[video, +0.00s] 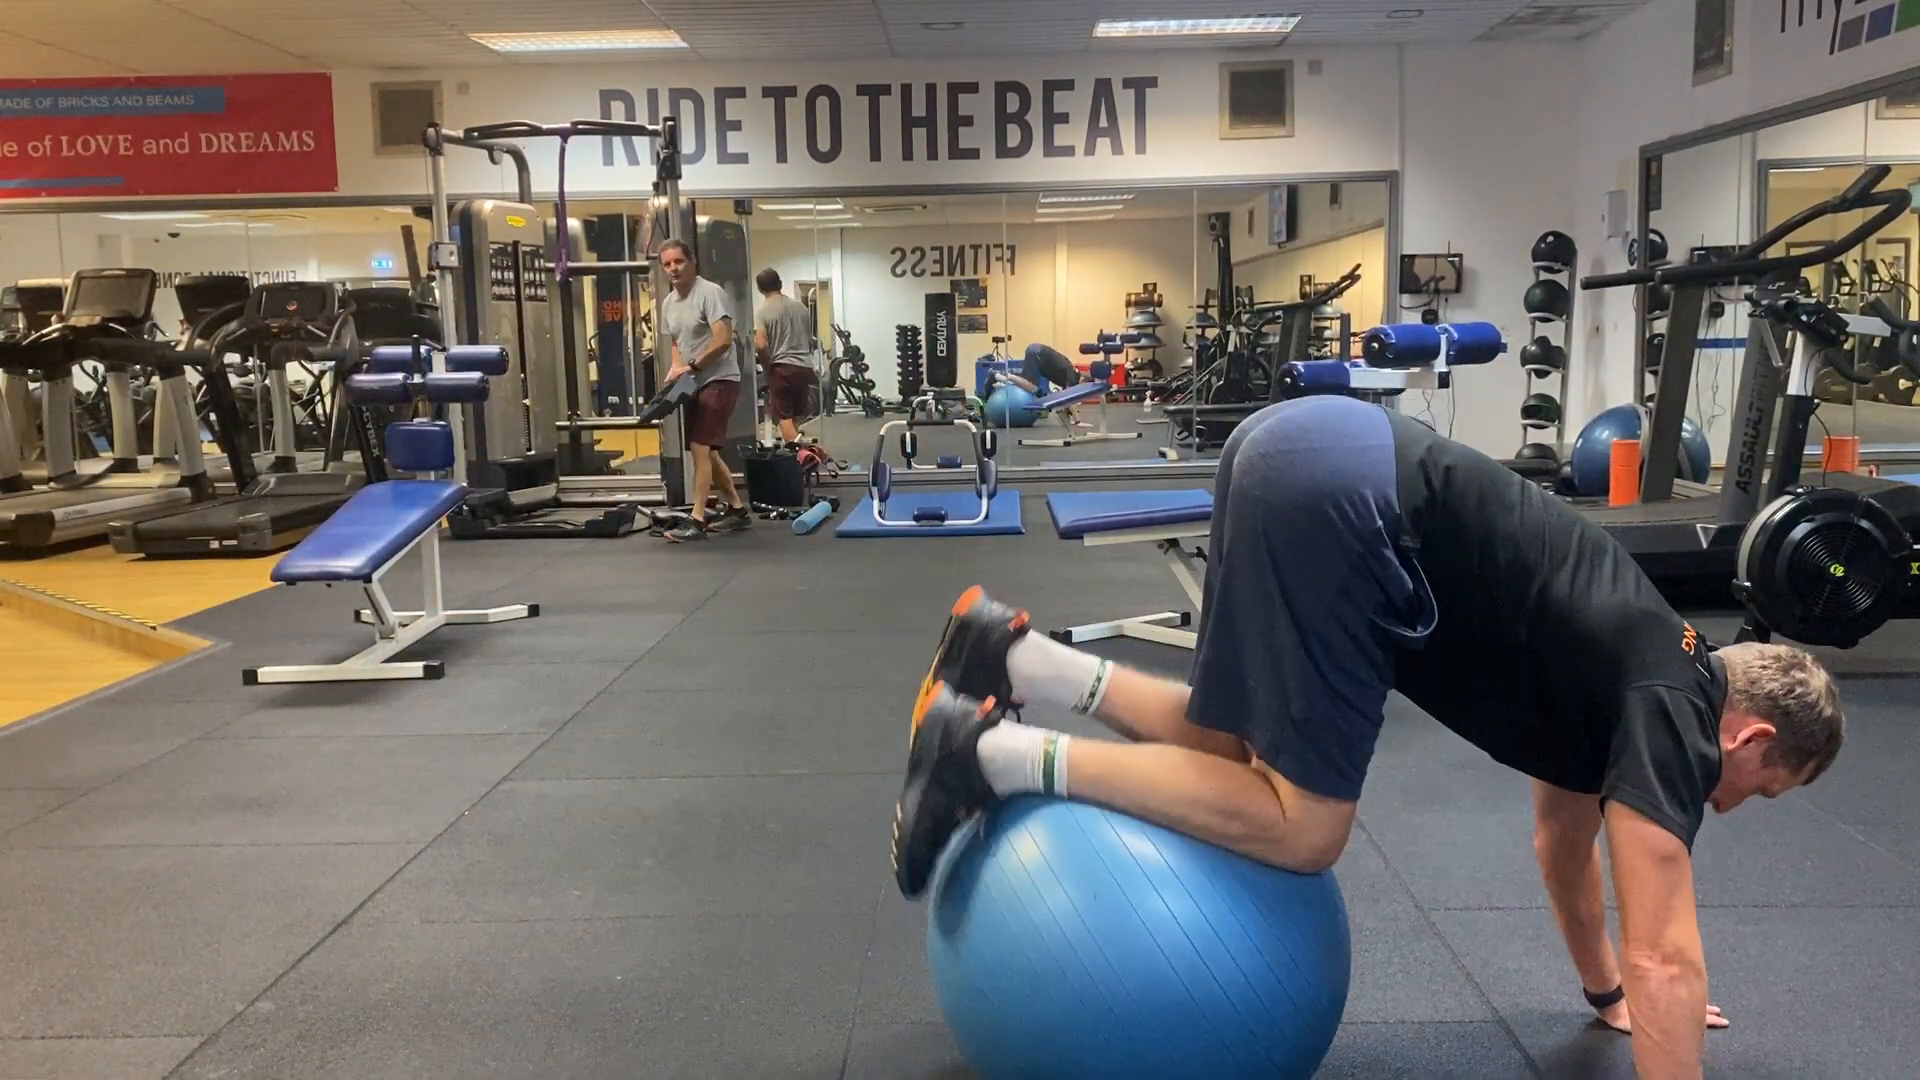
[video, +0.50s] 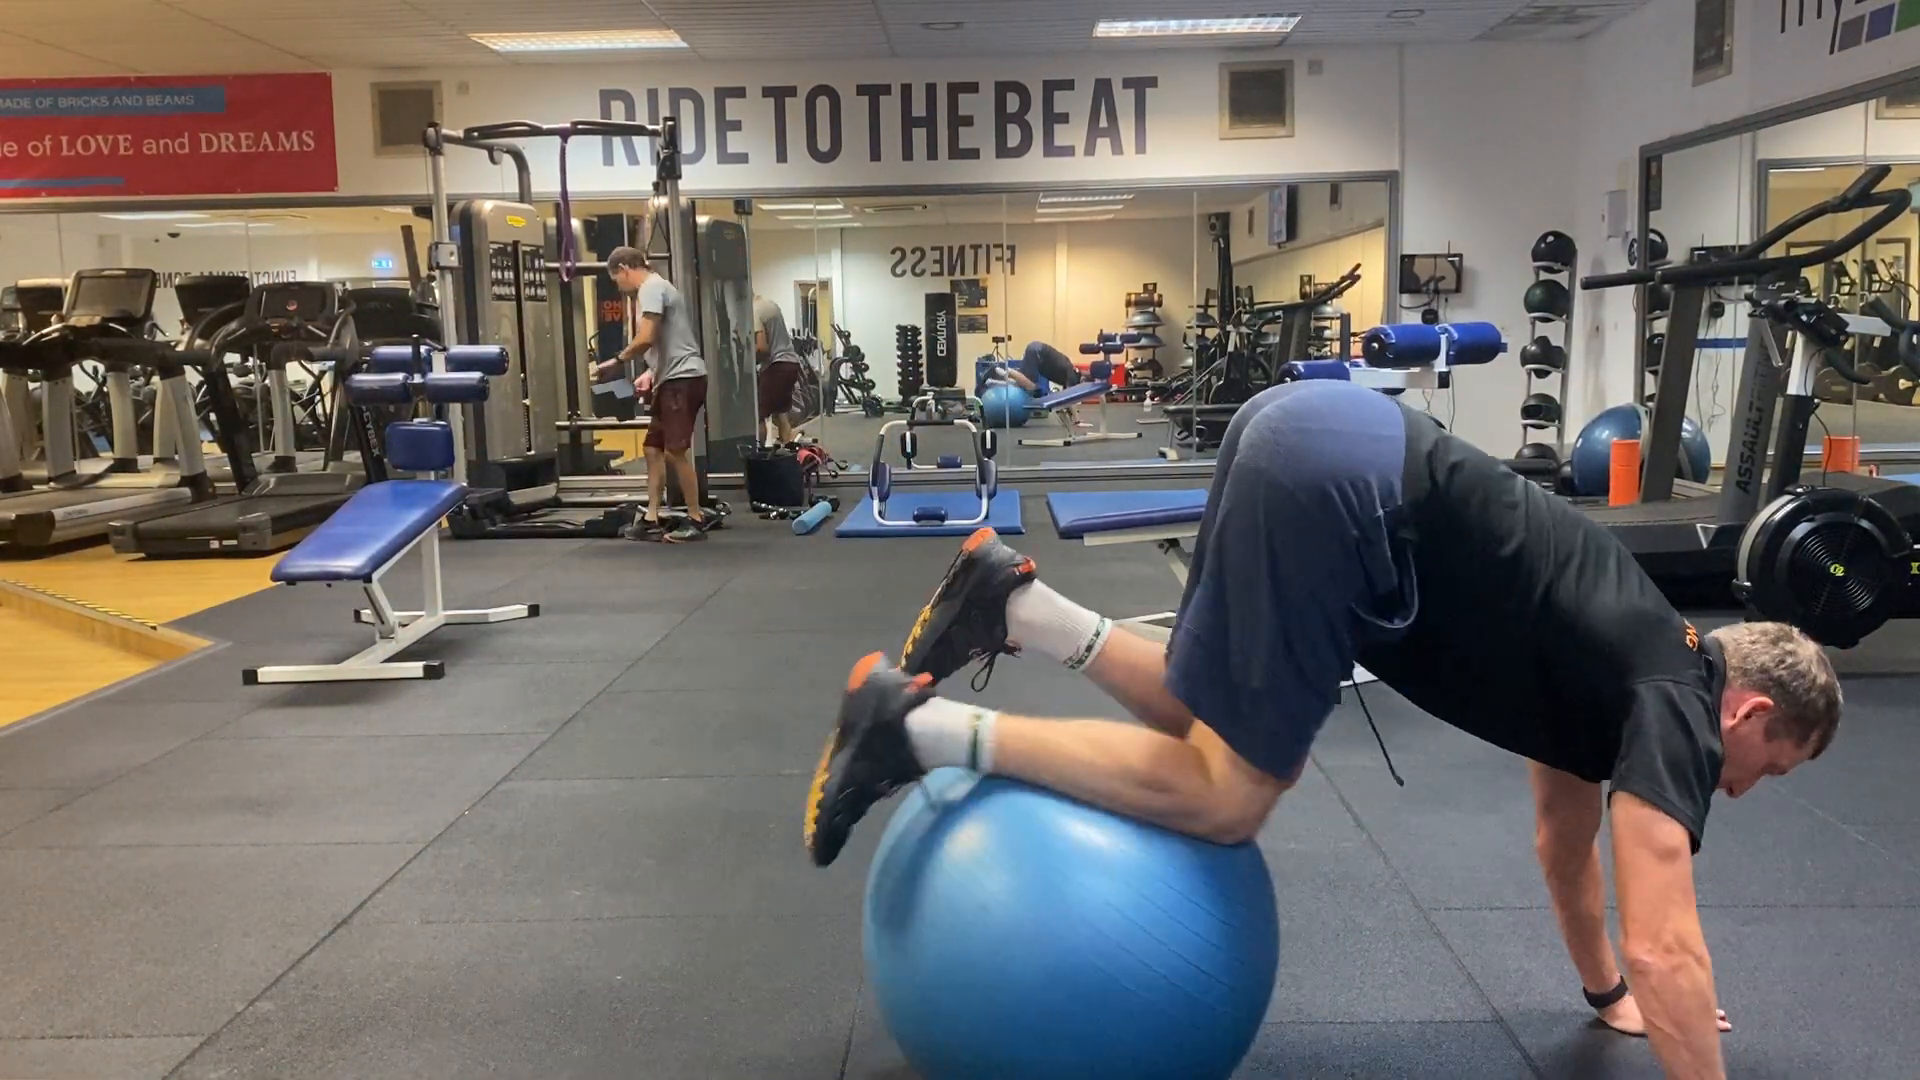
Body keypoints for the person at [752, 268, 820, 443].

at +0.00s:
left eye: (761, 287)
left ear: (760, 289)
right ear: (780, 284)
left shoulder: (762, 312)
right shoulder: (801, 307)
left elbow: (761, 345)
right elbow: (810, 341)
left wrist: (767, 366)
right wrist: (800, 354)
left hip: (781, 369)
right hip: (805, 369)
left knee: (785, 418)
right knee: (795, 417)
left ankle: (799, 457)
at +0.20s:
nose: (752, 294)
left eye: (752, 290)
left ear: (753, 290)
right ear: (771, 285)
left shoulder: (760, 309)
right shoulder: (792, 305)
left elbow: (762, 344)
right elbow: (798, 335)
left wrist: (763, 358)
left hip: (779, 366)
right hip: (801, 366)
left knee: (768, 414)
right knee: (789, 413)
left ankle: (789, 444)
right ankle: (795, 449)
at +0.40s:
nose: (745, 299)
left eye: (744, 294)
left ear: (748, 290)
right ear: (756, 286)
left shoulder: (758, 307)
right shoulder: (778, 303)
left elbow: (763, 345)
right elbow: (786, 336)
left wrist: (752, 359)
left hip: (779, 363)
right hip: (797, 361)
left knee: (762, 414)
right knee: (786, 412)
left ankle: (765, 456)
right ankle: (790, 455)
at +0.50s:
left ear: (741, 295)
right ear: (751, 289)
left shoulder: (754, 308)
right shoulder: (770, 304)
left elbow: (762, 348)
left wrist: (747, 360)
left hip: (777, 365)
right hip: (792, 363)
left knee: (759, 414)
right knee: (781, 413)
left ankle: (759, 455)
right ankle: (788, 453)